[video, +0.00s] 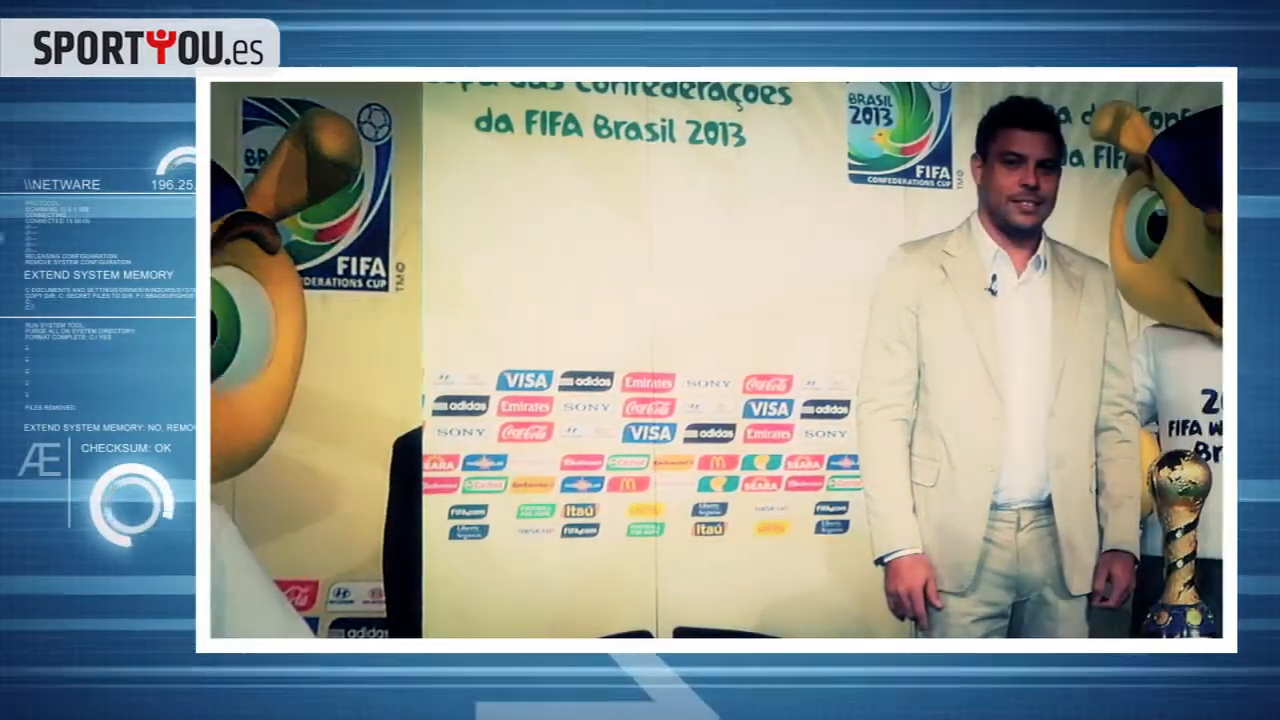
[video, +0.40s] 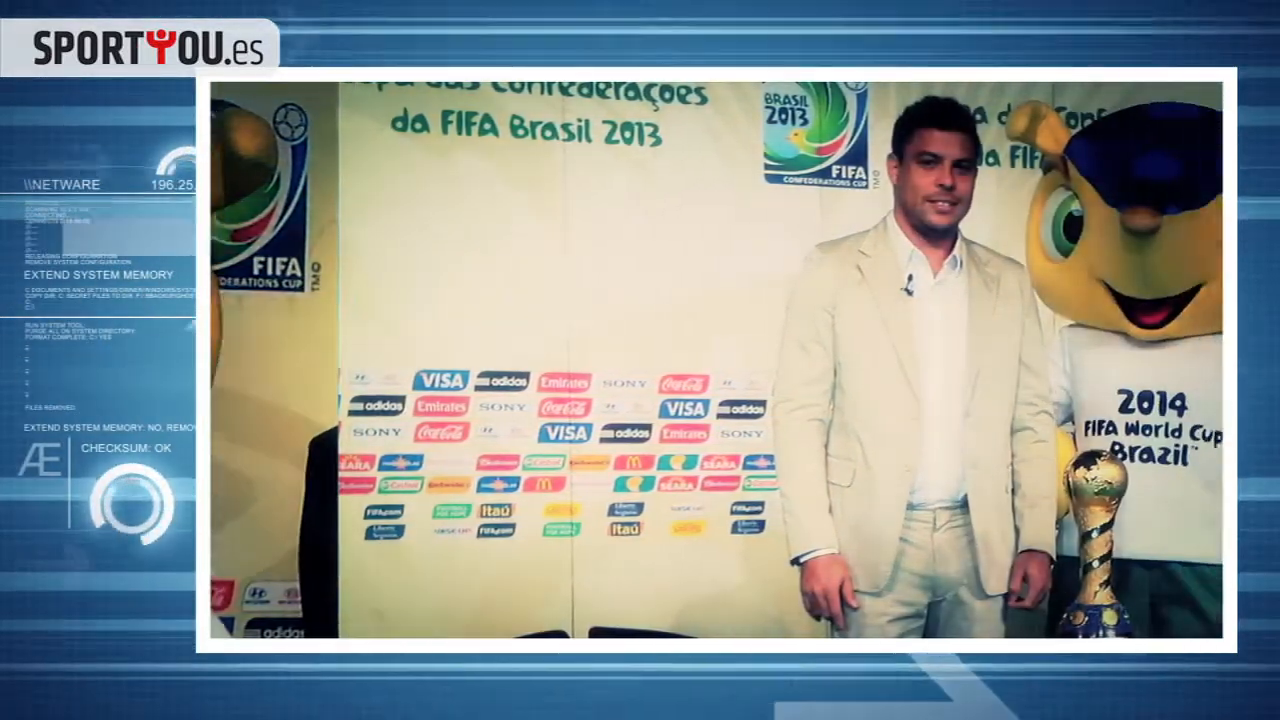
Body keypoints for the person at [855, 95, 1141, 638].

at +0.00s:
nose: (1031, 180)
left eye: (1047, 166)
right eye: (1013, 162)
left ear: (1060, 177)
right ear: (978, 170)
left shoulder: (1093, 282)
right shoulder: (915, 270)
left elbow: (1116, 422)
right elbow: (882, 414)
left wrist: (1120, 542)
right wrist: (899, 549)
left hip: (1066, 544)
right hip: (958, 547)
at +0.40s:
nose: (947, 180)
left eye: (963, 166)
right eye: (929, 162)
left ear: (976, 178)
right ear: (894, 170)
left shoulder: (1010, 283)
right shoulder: (832, 271)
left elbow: (1033, 423)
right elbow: (798, 414)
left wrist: (1036, 543)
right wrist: (815, 549)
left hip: (983, 544)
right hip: (874, 546)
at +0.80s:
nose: (863, 180)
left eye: (879, 166)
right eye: (845, 162)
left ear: (892, 178)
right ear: (810, 169)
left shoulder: (926, 283)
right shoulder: (747, 270)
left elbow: (949, 423)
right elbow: (714, 413)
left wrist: (952, 543)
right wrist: (731, 549)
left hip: (899, 544)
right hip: (790, 545)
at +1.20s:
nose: (779, 181)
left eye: (795, 166)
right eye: (761, 162)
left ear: (809, 177)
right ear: (726, 170)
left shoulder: (842, 283)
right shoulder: (663, 271)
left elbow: (865, 423)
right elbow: (630, 416)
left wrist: (868, 543)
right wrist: (647, 549)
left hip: (814, 542)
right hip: (706, 545)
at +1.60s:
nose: (696, 180)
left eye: (712, 166)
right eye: (678, 162)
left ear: (725, 177)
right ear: (643, 169)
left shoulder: (758, 282)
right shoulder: (580, 271)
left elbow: (782, 422)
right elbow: (547, 416)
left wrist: (784, 543)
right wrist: (564, 549)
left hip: (731, 542)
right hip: (623, 544)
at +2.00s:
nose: (613, 180)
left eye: (629, 166)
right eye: (594, 162)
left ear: (642, 178)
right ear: (559, 169)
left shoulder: (675, 283)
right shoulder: (497, 270)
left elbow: (698, 422)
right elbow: (464, 415)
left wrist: (701, 543)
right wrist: (480, 549)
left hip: (648, 542)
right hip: (540, 544)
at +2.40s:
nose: (529, 180)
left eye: (545, 166)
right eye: (511, 162)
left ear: (558, 178)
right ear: (476, 170)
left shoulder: (591, 282)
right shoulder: (413, 270)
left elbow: (615, 422)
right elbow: (380, 414)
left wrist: (617, 543)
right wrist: (397, 548)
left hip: (564, 542)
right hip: (457, 543)